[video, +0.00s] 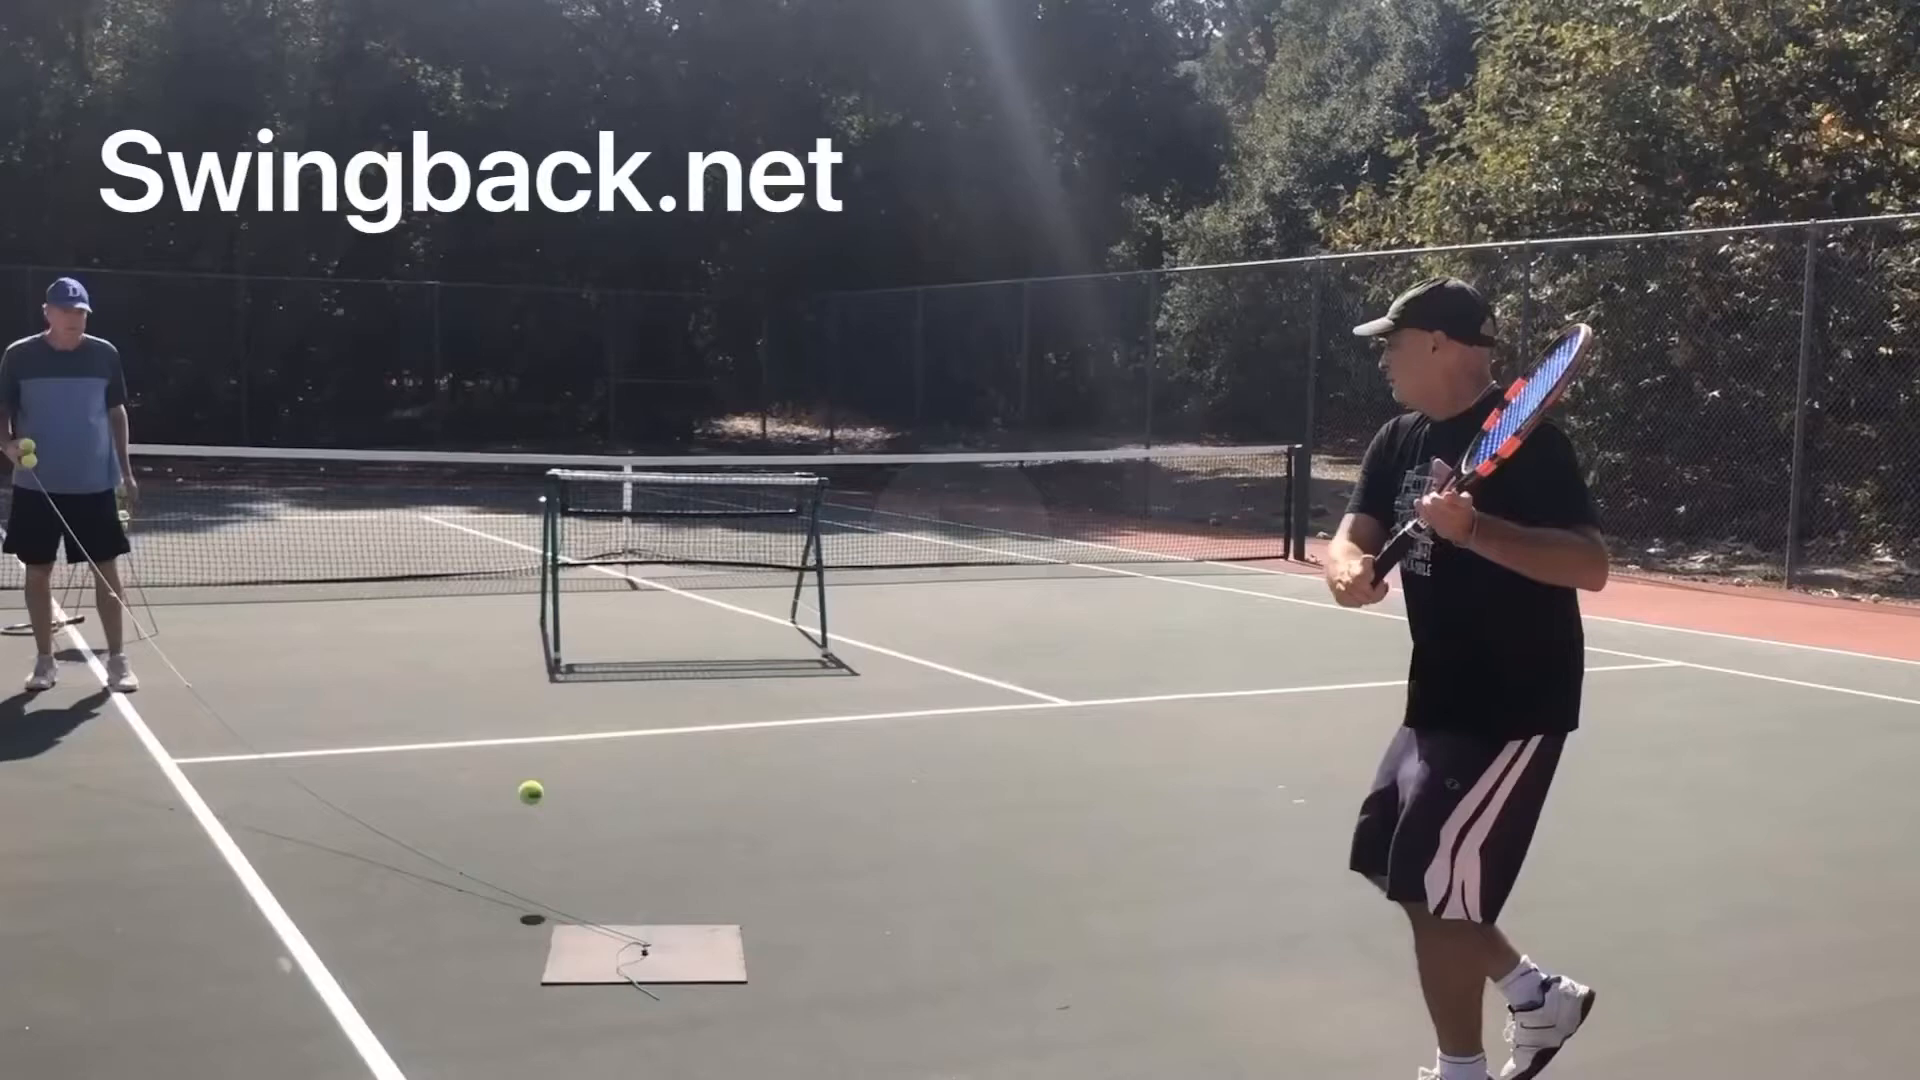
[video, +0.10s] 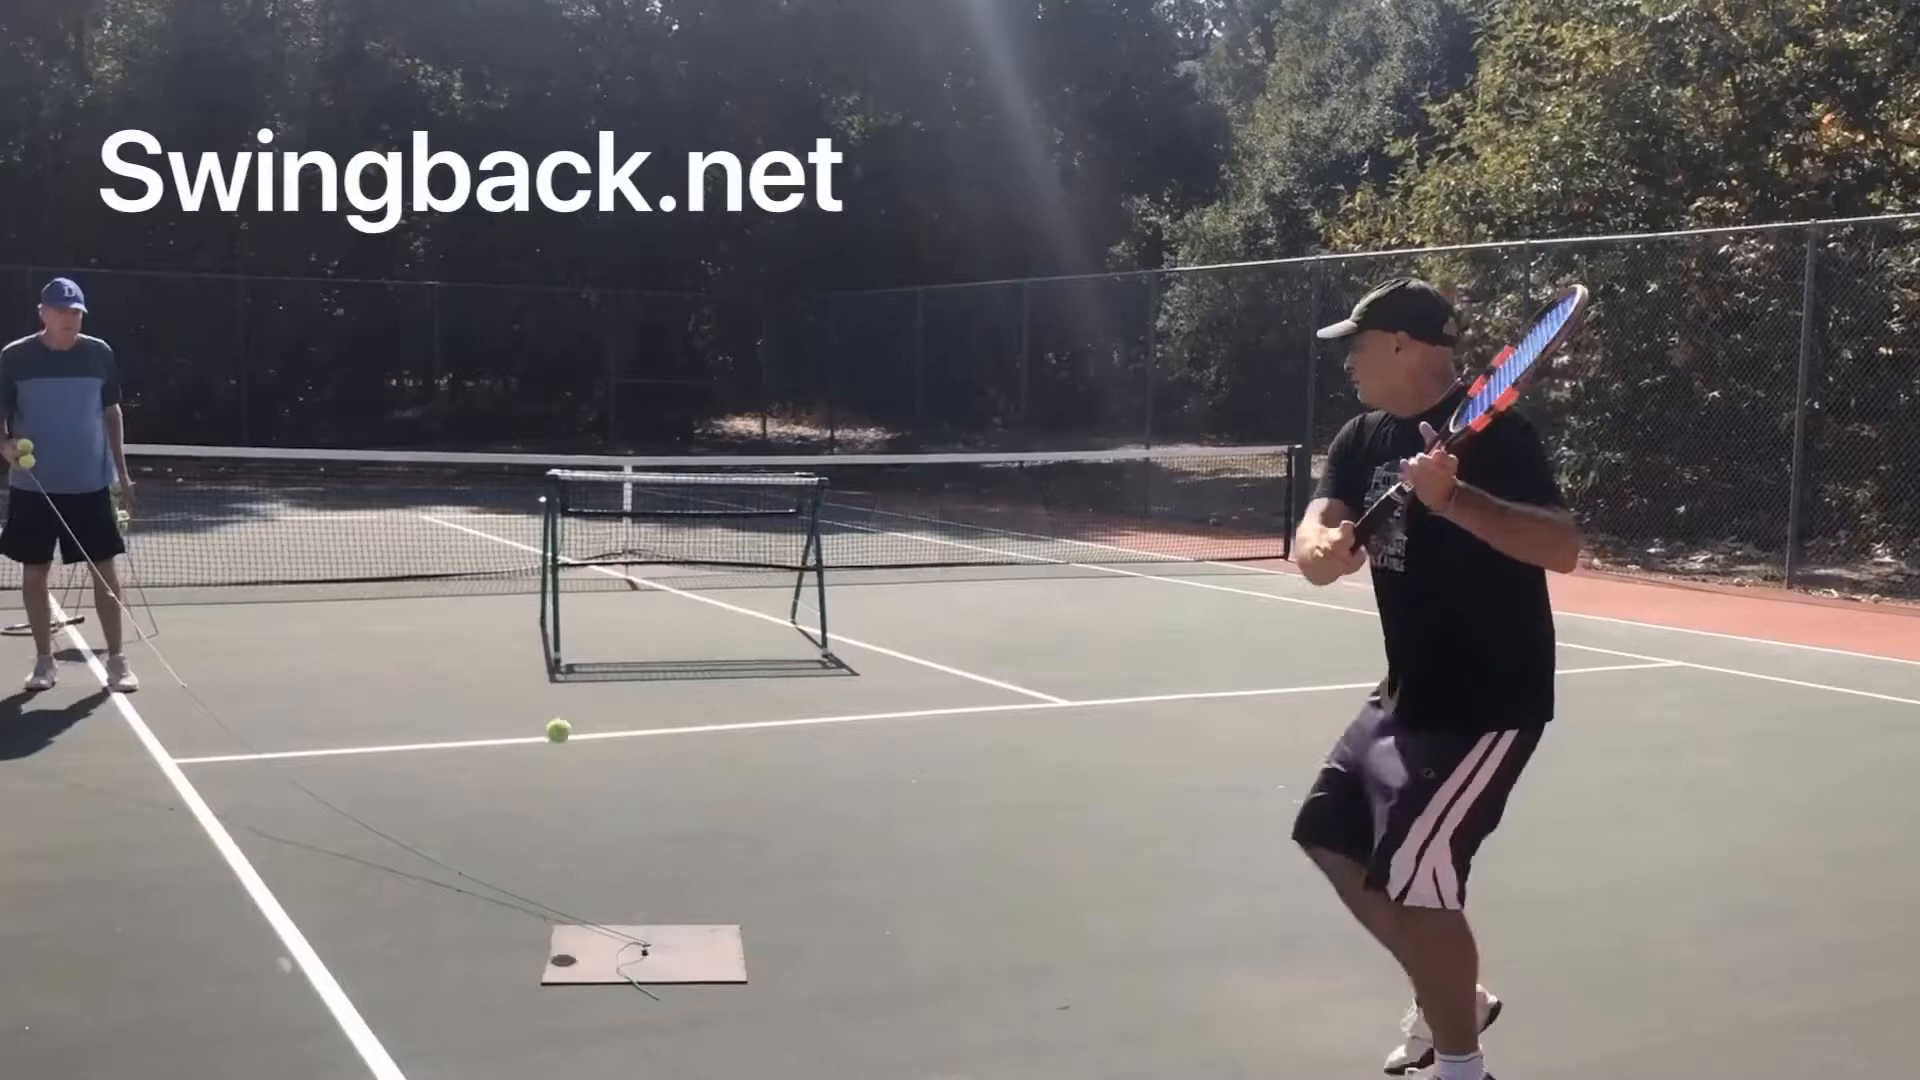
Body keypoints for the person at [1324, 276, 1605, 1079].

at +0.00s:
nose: (1385, 360)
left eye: (1395, 346)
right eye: (1387, 347)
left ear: (1445, 349)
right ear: (1436, 351)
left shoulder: (1529, 441)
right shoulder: (1402, 439)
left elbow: (1591, 564)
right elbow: (1353, 541)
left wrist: (1474, 530)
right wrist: (1349, 574)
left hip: (1518, 709)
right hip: (1439, 700)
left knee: (1438, 878)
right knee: (1390, 856)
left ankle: (1461, 1067)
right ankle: (1536, 995)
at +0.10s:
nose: (1350, 361)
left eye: (1362, 347)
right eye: (1354, 347)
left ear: (1413, 350)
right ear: (1399, 352)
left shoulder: (1498, 434)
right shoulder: (1365, 440)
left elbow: (1563, 547)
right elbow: (1311, 549)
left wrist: (1454, 499)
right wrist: (1331, 552)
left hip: (1496, 701)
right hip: (1412, 688)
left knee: (1414, 873)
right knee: (1331, 833)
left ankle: (1461, 1064)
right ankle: (1451, 997)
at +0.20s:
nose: (1295, 370)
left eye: (1303, 356)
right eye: (1295, 357)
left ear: (1349, 355)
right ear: (1341, 359)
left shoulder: (1448, 427)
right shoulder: (1311, 438)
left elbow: (1514, 518)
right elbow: (1265, 530)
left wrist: (1412, 455)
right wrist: (1295, 519)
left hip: (1448, 702)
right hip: (1361, 684)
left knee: (1390, 874)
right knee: (1272, 818)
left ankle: (1457, 1066)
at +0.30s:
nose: (1238, 338)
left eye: (1249, 321)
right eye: (1238, 323)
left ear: (1294, 322)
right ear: (1283, 326)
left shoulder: (1383, 393)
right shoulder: (1264, 406)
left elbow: (1444, 466)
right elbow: (1224, 467)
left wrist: (1366, 390)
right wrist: (1252, 455)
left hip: (1405, 659)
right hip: (1318, 643)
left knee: (1367, 837)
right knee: (1226, 786)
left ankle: (1461, 1031)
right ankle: (1165, 951)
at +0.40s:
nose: (1180, 365)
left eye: (1191, 349)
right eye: (1180, 351)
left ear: (1243, 348)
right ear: (1224, 352)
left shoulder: (1327, 410)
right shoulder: (1198, 426)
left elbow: (1339, 513)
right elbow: (1172, 488)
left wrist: (1308, 439)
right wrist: (1195, 499)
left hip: (1359, 668)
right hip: (1271, 656)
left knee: (1321, 849)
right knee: (1171, 795)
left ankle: (1453, 1019)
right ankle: (1132, 957)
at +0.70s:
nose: (1117, 382)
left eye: (1128, 367)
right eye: (1118, 368)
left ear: (1179, 367)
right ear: (1169, 371)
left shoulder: (1228, 430)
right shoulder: (1185, 446)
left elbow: (1300, 504)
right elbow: (1241, 569)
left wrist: (1373, 565)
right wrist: (1196, 654)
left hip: (1292, 673)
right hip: (1230, 667)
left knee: (1219, 843)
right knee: (1133, 782)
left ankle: (1409, 938)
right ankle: (1130, 958)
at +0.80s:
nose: (1131, 370)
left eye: (1142, 354)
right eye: (1132, 356)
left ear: (1193, 357)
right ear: (1187, 361)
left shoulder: (1234, 421)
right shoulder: (1201, 433)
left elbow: (1300, 447)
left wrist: (1366, 469)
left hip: (1304, 664)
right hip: (1242, 655)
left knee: (1215, 832)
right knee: (1148, 785)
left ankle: (1384, 958)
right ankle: (1131, 955)